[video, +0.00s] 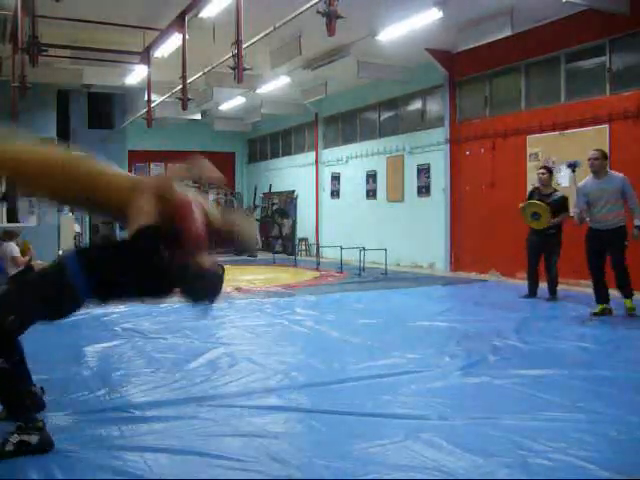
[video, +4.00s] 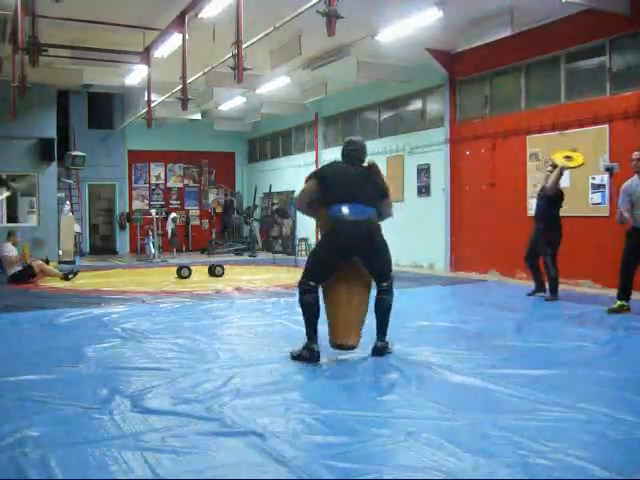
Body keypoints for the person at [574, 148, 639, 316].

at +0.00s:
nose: (591, 163)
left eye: (596, 159)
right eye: (589, 160)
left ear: (605, 162)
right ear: (587, 163)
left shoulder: (620, 180)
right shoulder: (584, 187)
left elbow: (633, 203)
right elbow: (580, 208)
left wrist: (636, 223)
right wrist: (579, 216)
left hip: (617, 228)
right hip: (595, 229)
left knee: (619, 265)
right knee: (596, 270)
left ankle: (628, 298)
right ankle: (602, 303)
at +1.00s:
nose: (630, 165)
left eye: (634, 161)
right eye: (628, 162)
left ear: (639, 164)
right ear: (626, 165)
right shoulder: (622, 187)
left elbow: (620, 209)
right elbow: (618, 209)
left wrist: (626, 218)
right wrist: (622, 219)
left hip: (636, 229)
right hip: (631, 228)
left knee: (623, 264)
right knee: (622, 264)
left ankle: (609, 299)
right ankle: (609, 299)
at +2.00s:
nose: (634, 164)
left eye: (636, 160)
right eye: (632, 161)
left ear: (639, 163)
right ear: (630, 164)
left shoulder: (630, 186)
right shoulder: (627, 186)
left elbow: (624, 208)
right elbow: (623, 208)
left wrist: (629, 221)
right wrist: (628, 221)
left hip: (634, 228)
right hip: (633, 227)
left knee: (628, 264)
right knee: (626, 264)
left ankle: (623, 299)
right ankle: (623, 299)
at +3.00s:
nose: (633, 163)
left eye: (635, 160)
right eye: (631, 160)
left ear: (639, 162)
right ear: (629, 163)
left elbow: (622, 209)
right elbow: (622, 209)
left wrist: (628, 221)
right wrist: (627, 222)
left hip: (634, 229)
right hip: (632, 228)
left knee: (627, 265)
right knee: (626, 265)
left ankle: (623, 299)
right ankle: (623, 299)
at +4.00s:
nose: (635, 163)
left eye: (637, 160)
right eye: (634, 160)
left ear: (639, 162)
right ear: (632, 163)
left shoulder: (631, 186)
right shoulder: (628, 186)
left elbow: (624, 208)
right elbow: (624, 207)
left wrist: (627, 218)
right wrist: (628, 219)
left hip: (635, 230)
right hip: (634, 229)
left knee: (628, 264)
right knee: (627, 264)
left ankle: (623, 299)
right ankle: (623, 299)